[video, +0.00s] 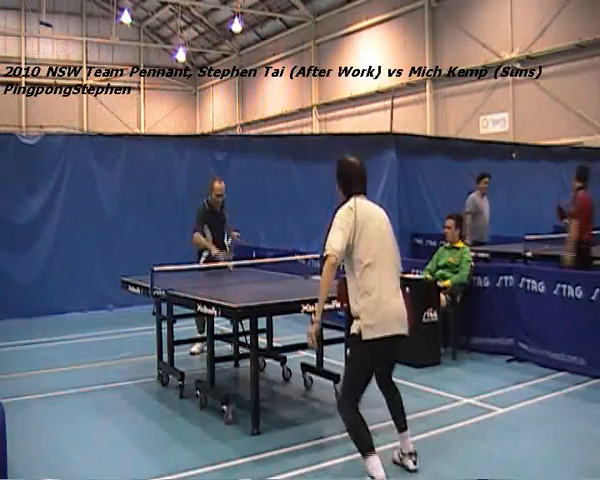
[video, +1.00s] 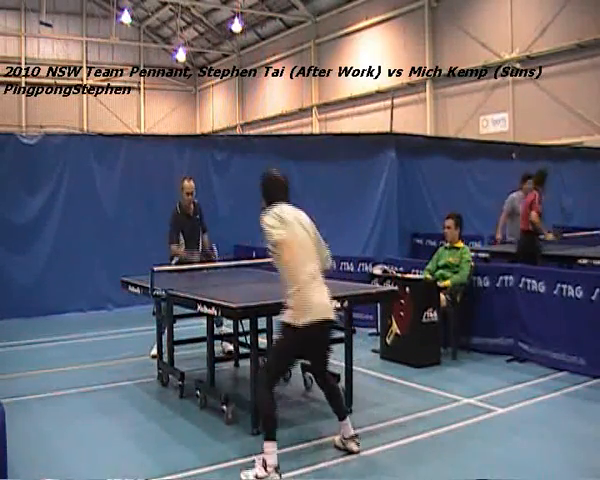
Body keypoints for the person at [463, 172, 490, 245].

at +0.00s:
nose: (486, 186)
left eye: (487, 183)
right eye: (485, 183)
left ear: (488, 185)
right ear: (478, 184)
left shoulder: (485, 199)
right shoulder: (472, 198)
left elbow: (484, 217)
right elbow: (468, 217)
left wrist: (485, 235)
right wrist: (467, 237)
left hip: (483, 237)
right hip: (473, 238)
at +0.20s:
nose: (495, 185)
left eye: (496, 182)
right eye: (494, 182)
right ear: (488, 183)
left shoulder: (495, 198)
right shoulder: (479, 198)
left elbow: (496, 216)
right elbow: (476, 215)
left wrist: (499, 233)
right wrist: (478, 235)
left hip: (494, 236)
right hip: (484, 236)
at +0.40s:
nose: (504, 185)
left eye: (504, 182)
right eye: (502, 182)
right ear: (496, 183)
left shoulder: (502, 198)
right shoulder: (487, 198)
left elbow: (508, 210)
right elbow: (482, 217)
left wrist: (519, 216)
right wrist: (481, 235)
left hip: (501, 236)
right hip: (489, 237)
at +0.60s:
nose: (512, 186)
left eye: (512, 184)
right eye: (510, 183)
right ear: (504, 185)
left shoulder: (510, 198)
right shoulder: (495, 200)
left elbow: (514, 212)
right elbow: (489, 219)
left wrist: (524, 217)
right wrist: (485, 238)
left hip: (509, 237)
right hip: (497, 238)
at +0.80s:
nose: (520, 186)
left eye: (521, 183)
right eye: (519, 183)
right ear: (512, 183)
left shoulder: (519, 198)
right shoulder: (503, 197)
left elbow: (521, 216)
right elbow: (497, 217)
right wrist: (493, 237)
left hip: (517, 235)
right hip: (504, 237)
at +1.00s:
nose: (530, 187)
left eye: (532, 184)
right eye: (528, 184)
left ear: (533, 185)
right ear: (523, 185)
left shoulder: (530, 198)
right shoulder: (514, 197)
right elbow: (504, 215)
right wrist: (499, 233)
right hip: (513, 236)